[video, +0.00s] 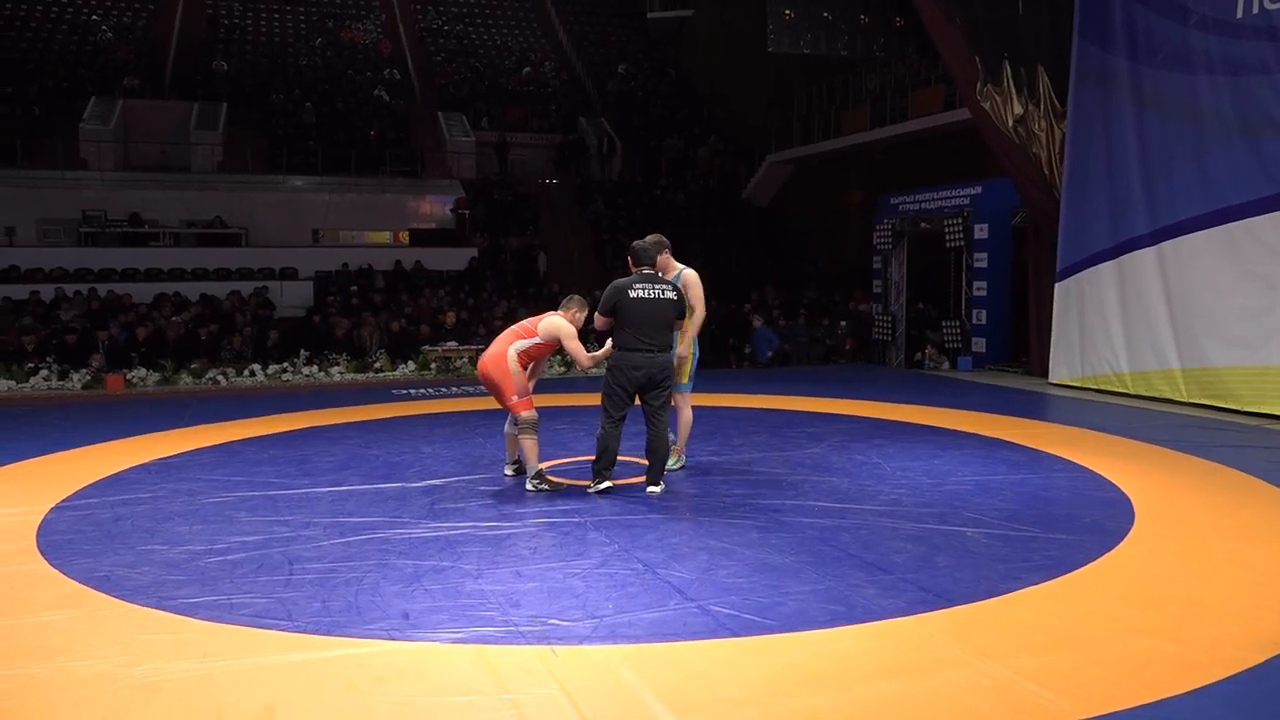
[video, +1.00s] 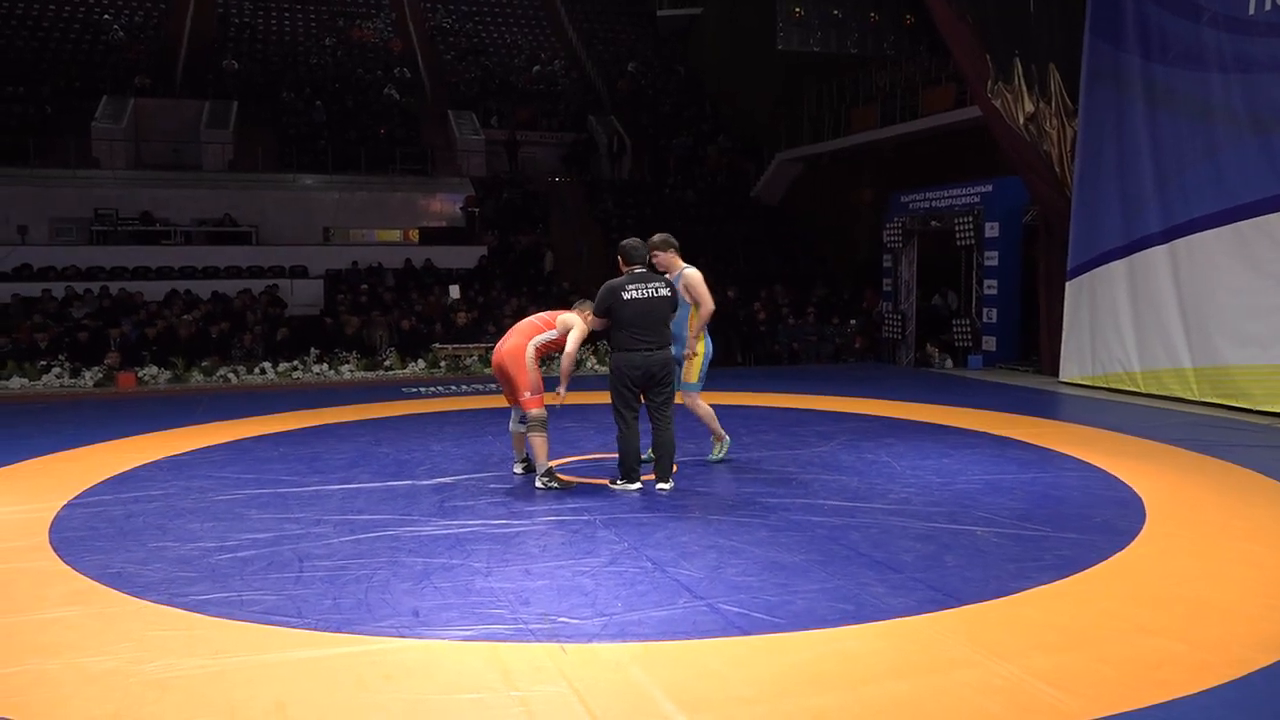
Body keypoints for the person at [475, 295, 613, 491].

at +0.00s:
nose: (583, 323)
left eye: (584, 318)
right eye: (583, 317)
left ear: (565, 311)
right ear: (574, 312)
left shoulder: (547, 321)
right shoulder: (564, 326)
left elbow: (535, 370)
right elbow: (585, 362)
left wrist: (524, 393)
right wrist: (607, 349)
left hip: (489, 362)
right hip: (504, 363)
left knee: (517, 413)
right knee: (528, 418)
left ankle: (512, 463)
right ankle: (534, 476)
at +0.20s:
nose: (587, 320)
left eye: (588, 315)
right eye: (587, 315)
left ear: (569, 310)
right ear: (578, 311)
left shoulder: (551, 321)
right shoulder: (569, 326)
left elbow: (538, 371)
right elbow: (595, 359)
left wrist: (526, 395)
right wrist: (614, 346)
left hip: (492, 362)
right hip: (507, 362)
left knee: (520, 413)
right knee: (531, 417)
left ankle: (516, 463)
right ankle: (538, 476)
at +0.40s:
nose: (591, 319)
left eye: (591, 314)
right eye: (591, 313)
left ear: (571, 309)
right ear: (581, 310)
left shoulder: (555, 320)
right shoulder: (573, 325)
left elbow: (543, 367)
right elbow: (599, 358)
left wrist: (530, 391)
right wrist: (618, 345)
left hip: (496, 361)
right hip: (510, 362)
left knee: (523, 413)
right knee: (534, 417)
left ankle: (518, 462)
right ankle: (541, 475)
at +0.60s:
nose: (592, 316)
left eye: (593, 311)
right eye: (592, 310)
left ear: (572, 305)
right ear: (582, 307)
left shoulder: (556, 315)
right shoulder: (573, 321)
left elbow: (544, 360)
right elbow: (598, 356)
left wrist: (532, 385)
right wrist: (617, 342)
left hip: (499, 357)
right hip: (514, 358)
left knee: (525, 410)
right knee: (537, 414)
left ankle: (521, 460)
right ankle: (543, 473)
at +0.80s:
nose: (591, 316)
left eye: (592, 312)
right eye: (591, 311)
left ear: (572, 304)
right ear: (582, 307)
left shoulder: (555, 312)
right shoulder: (575, 320)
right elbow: (585, 361)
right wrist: (598, 363)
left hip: (498, 356)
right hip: (516, 357)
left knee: (522, 411)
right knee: (536, 415)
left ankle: (519, 461)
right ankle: (542, 474)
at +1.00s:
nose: (594, 326)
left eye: (595, 322)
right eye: (593, 320)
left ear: (576, 312)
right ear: (586, 314)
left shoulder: (556, 317)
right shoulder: (579, 324)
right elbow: (569, 353)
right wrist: (563, 384)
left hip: (500, 355)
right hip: (521, 355)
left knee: (519, 412)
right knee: (537, 414)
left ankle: (521, 461)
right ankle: (544, 473)